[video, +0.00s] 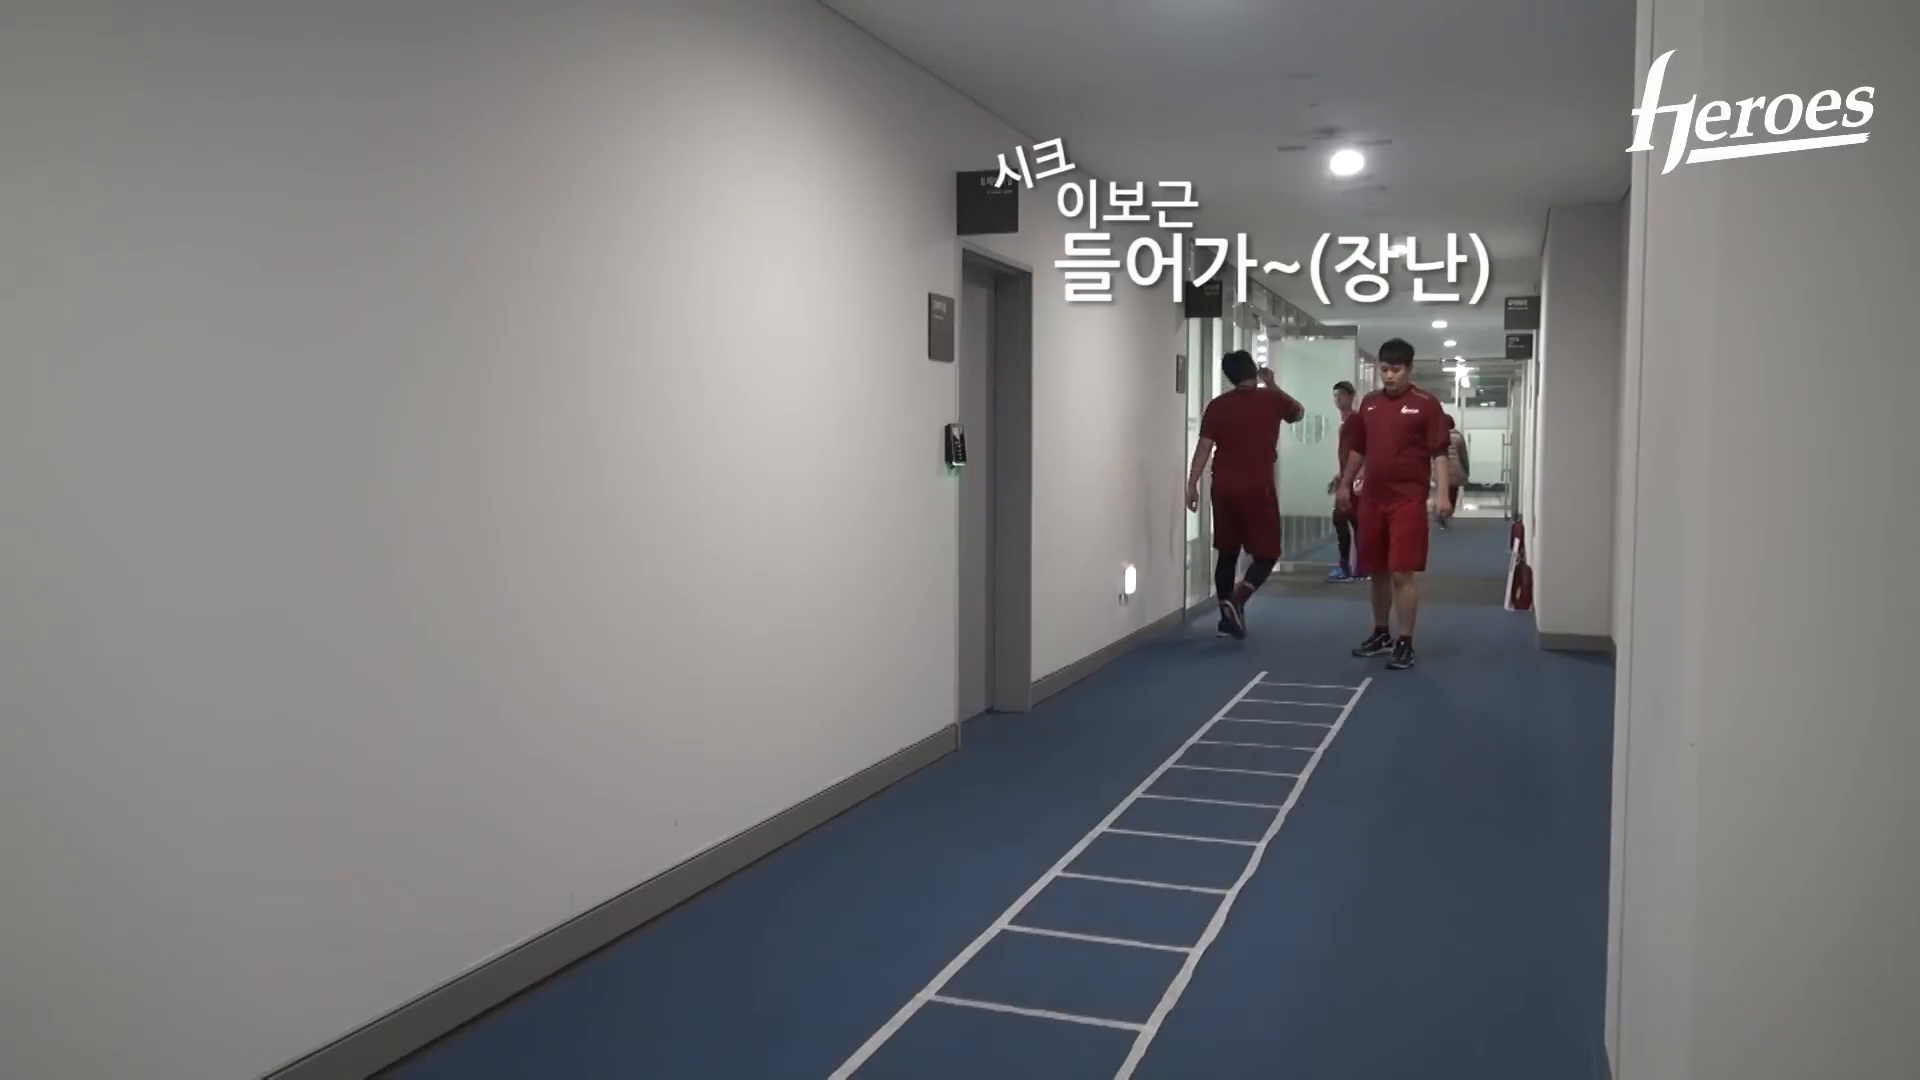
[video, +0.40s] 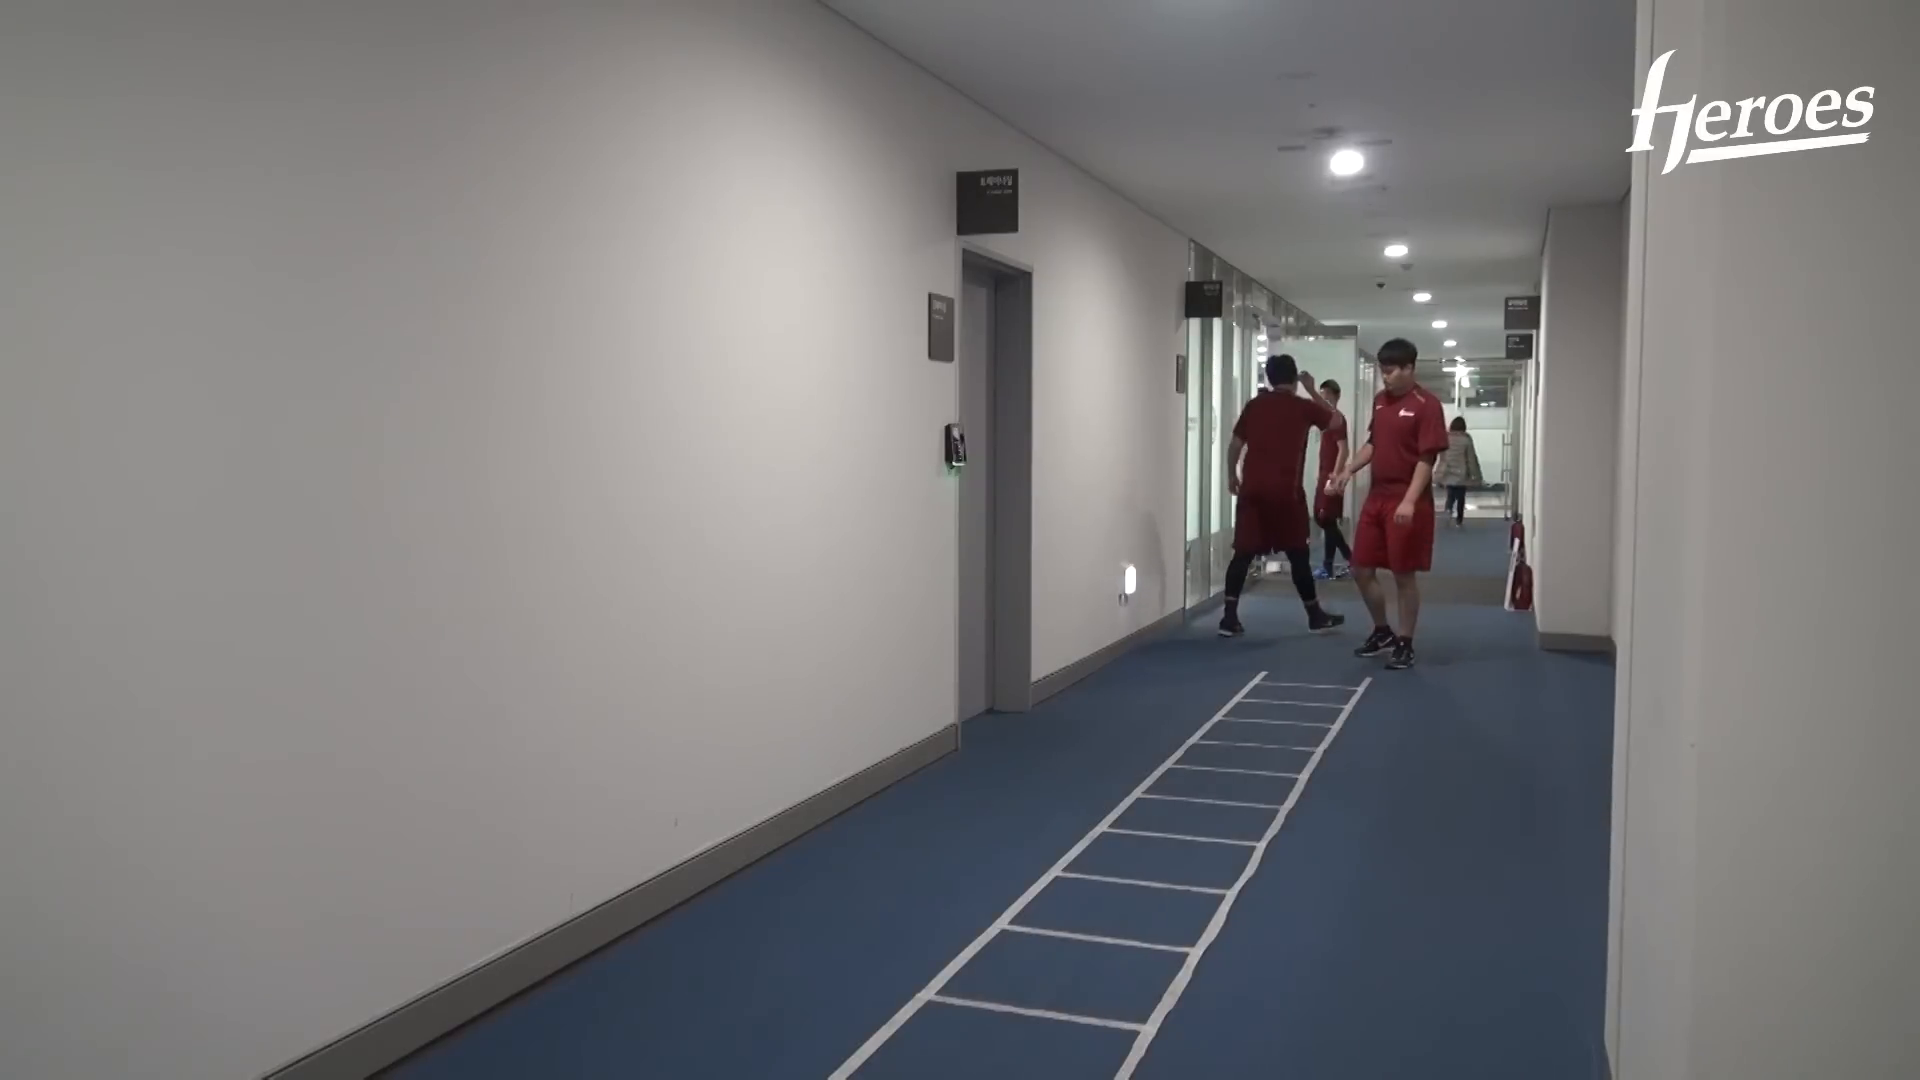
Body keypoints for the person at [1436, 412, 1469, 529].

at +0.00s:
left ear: (1441, 425)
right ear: (1453, 424)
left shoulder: (1438, 436)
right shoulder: (1458, 436)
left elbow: (1434, 456)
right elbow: (1463, 456)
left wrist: (1432, 471)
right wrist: (1466, 472)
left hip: (1441, 468)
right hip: (1455, 469)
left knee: (1442, 492)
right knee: (1453, 494)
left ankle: (1441, 513)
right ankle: (1447, 514)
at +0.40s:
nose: (1463, 428)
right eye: (1463, 426)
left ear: (1451, 425)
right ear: (1464, 426)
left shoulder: (1446, 437)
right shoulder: (1466, 439)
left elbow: (1442, 458)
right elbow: (1471, 459)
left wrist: (1437, 475)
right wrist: (1476, 476)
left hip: (1448, 471)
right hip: (1461, 472)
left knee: (1450, 494)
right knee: (1461, 498)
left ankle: (1447, 510)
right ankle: (1459, 520)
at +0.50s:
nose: (1467, 426)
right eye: (1467, 424)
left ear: (1454, 424)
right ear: (1467, 425)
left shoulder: (1448, 438)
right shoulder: (1469, 438)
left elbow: (1443, 456)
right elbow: (1476, 459)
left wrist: (1440, 474)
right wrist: (1482, 477)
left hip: (1451, 470)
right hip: (1465, 470)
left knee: (1453, 494)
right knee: (1462, 496)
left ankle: (1453, 514)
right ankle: (1459, 518)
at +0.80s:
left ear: (1460, 427)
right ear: (1472, 427)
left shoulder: (1455, 439)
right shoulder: (1476, 440)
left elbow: (1448, 458)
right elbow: (1484, 460)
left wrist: (1444, 476)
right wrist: (1489, 477)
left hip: (1458, 471)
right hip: (1473, 472)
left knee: (1460, 492)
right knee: (1469, 492)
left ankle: (1458, 510)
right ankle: (1463, 510)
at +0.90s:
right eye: (1472, 425)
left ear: (1462, 425)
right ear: (1474, 426)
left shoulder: (1457, 437)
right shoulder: (1477, 437)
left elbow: (1450, 456)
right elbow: (1483, 457)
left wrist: (1445, 473)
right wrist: (1487, 474)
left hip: (1460, 470)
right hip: (1474, 471)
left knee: (1460, 494)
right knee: (1472, 492)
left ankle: (1460, 516)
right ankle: (1468, 510)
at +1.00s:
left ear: (1464, 425)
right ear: (1477, 426)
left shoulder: (1459, 437)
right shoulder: (1480, 438)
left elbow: (1452, 455)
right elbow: (1484, 458)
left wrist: (1449, 472)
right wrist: (1487, 475)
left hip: (1461, 469)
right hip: (1475, 469)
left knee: (1461, 494)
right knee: (1476, 495)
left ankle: (1461, 516)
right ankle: (1474, 515)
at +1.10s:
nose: (1478, 430)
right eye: (1479, 427)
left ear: (1467, 427)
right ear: (1479, 428)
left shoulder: (1461, 440)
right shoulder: (1482, 440)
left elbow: (1455, 458)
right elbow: (1486, 459)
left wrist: (1454, 472)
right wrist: (1488, 475)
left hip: (1463, 472)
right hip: (1478, 473)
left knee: (1463, 495)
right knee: (1480, 496)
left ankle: (1462, 516)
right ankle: (1482, 516)